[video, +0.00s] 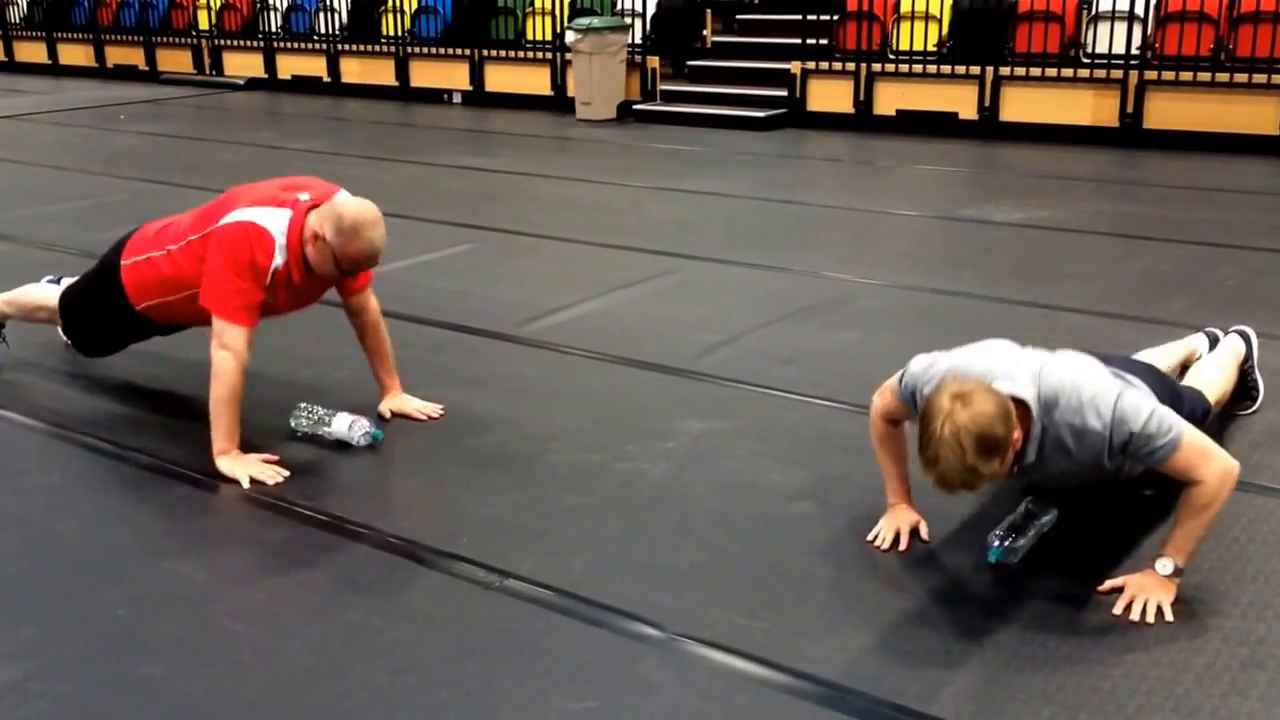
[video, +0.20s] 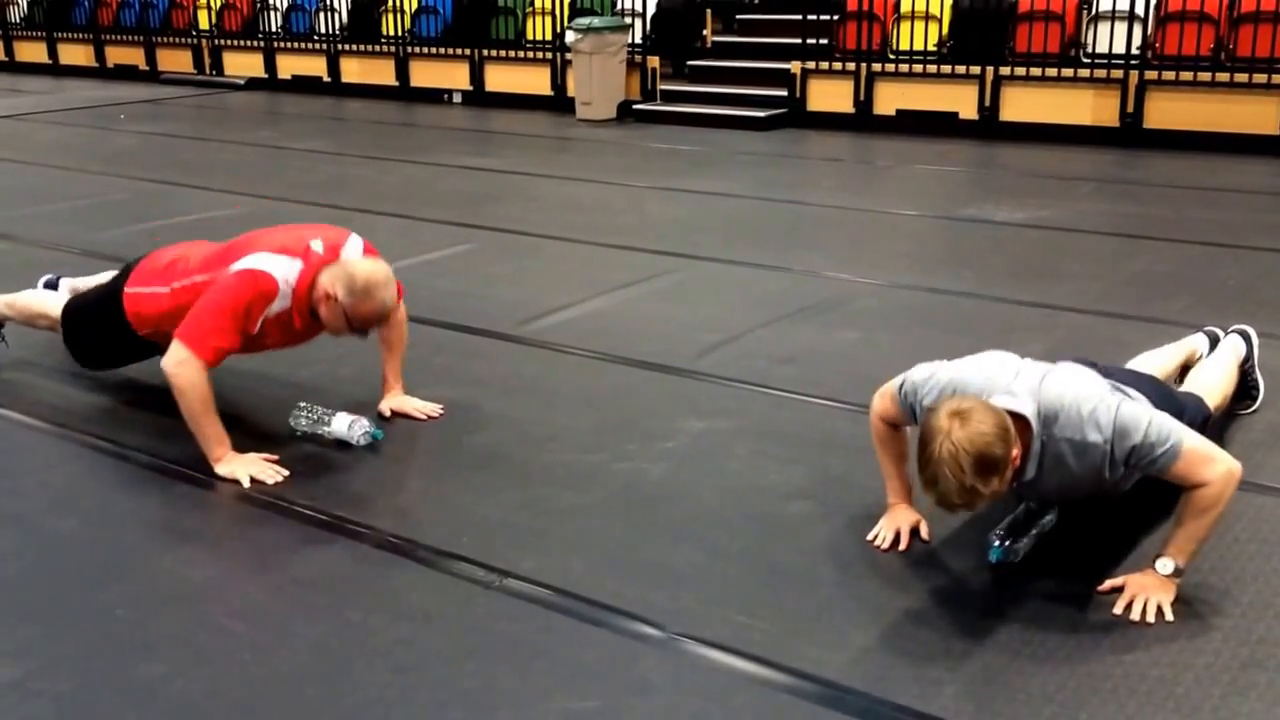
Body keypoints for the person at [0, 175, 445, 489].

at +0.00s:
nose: (341, 283)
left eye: (352, 275)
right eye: (337, 269)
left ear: (364, 246)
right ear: (314, 237)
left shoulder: (345, 222)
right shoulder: (246, 244)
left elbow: (363, 307)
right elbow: (228, 353)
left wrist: (392, 388)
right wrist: (228, 453)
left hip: (188, 291)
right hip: (135, 287)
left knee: (101, 311)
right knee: (67, 309)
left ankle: (56, 302)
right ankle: (8, 303)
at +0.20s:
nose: (351, 335)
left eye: (363, 328)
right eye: (348, 325)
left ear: (385, 302)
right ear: (327, 295)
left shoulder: (359, 257)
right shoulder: (256, 285)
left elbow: (394, 313)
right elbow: (182, 365)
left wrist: (395, 389)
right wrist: (223, 456)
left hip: (194, 268)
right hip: (143, 300)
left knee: (120, 287)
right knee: (67, 317)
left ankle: (67, 288)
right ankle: (6, 305)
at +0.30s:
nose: (356, 378)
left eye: (366, 373)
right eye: (353, 370)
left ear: (392, 326)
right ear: (335, 339)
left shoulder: (377, 295)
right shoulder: (263, 321)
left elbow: (400, 309)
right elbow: (170, 372)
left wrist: (393, 388)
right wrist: (223, 458)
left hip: (206, 291)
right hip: (150, 326)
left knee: (141, 297)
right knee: (73, 330)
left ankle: (68, 288)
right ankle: (5, 306)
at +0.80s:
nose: (354, 325)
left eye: (366, 318)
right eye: (350, 315)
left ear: (386, 285)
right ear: (324, 287)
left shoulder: (362, 257)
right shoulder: (253, 281)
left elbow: (396, 314)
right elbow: (183, 366)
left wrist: (393, 389)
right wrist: (222, 456)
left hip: (196, 268)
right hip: (144, 299)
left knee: (118, 287)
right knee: (69, 316)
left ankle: (66, 288)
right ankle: (8, 305)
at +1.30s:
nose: (355, 388)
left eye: (365, 384)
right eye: (351, 381)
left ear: (392, 336)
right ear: (331, 354)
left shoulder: (375, 302)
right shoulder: (256, 330)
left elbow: (395, 311)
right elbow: (164, 377)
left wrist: (389, 386)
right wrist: (220, 458)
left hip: (198, 301)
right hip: (144, 335)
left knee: (140, 304)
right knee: (67, 333)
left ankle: (68, 288)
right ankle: (4, 307)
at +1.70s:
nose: (345, 342)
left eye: (357, 337)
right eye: (343, 333)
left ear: (379, 310)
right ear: (322, 301)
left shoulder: (362, 273)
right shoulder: (250, 295)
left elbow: (397, 316)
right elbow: (172, 370)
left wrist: (390, 391)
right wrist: (220, 457)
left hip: (192, 276)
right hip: (141, 308)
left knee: (123, 287)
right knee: (66, 319)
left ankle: (64, 285)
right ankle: (4, 308)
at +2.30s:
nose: (363, 406)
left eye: (374, 401)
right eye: (356, 398)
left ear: (395, 342)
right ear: (336, 368)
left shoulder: (379, 311)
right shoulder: (263, 342)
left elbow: (396, 314)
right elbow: (162, 379)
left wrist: (387, 393)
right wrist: (219, 457)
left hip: (213, 310)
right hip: (152, 339)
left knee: (141, 312)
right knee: (71, 339)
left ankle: (68, 290)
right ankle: (5, 309)